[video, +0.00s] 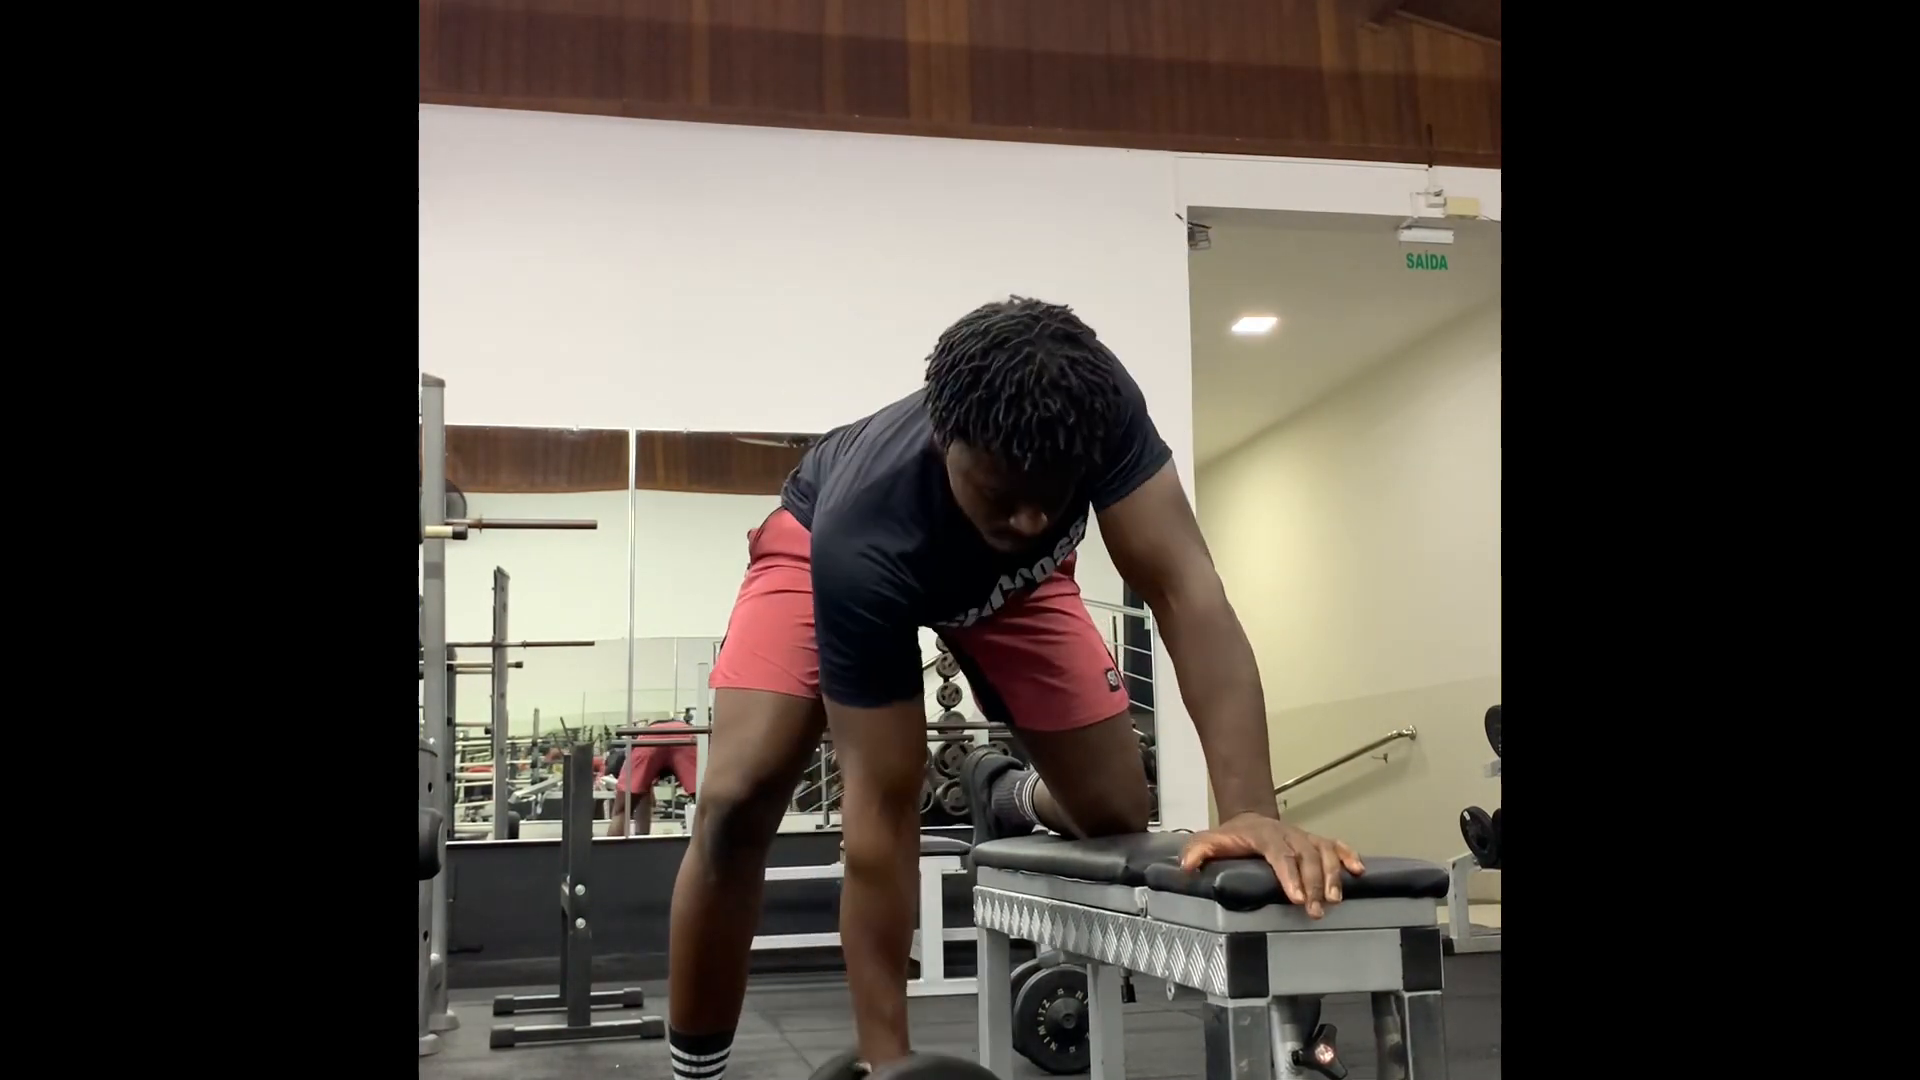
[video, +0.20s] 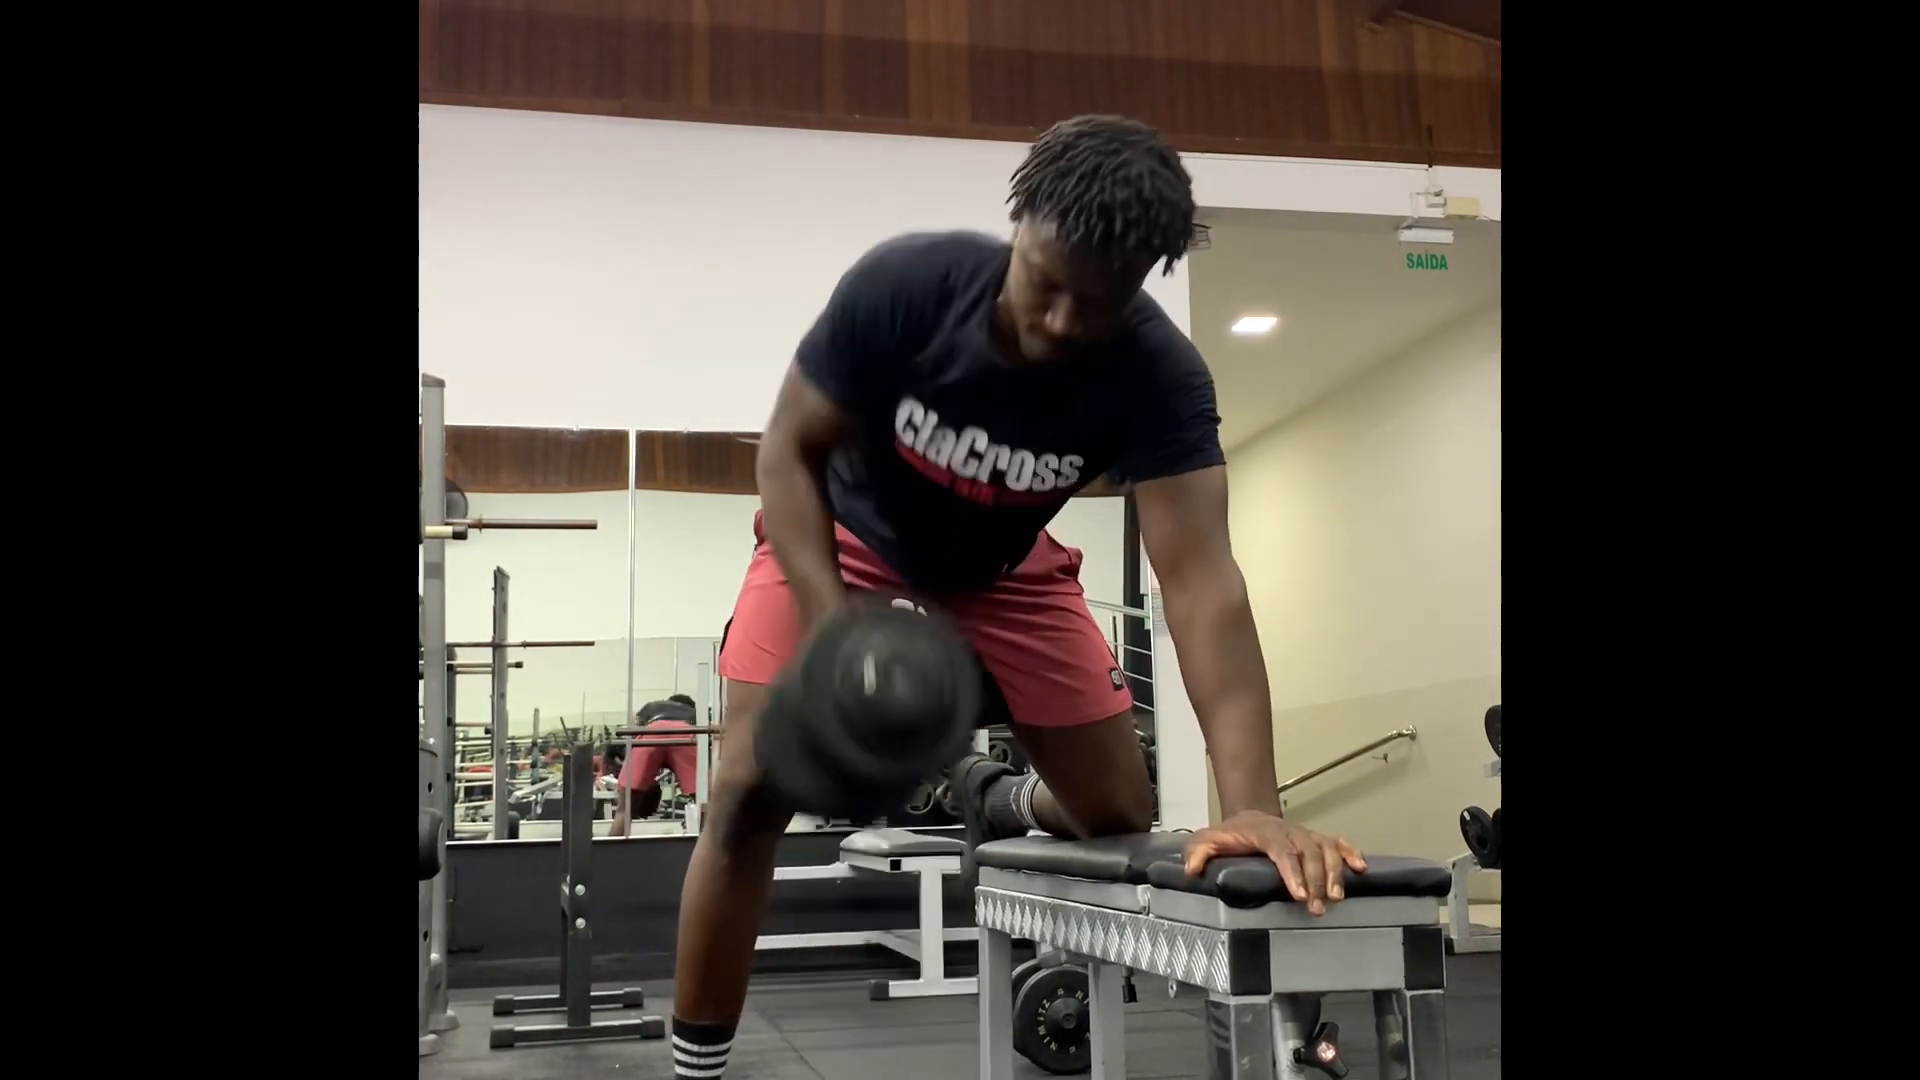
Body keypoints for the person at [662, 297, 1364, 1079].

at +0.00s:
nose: (1030, 524)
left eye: (1055, 499)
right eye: (1001, 499)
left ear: (1088, 451)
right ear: (947, 449)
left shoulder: (1098, 410)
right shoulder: (869, 540)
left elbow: (1187, 592)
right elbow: (882, 813)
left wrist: (1250, 808)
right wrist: (883, 1058)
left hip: (1017, 562)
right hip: (836, 541)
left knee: (1121, 816)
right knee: (734, 803)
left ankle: (1000, 797)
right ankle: (695, 1069)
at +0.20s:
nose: (1064, 322)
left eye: (1098, 302)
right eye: (1045, 286)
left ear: (1141, 282)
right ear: (1017, 231)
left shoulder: (1160, 376)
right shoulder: (903, 287)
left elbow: (1202, 579)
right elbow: (785, 451)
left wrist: (1252, 806)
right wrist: (832, 627)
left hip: (1008, 573)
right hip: (843, 545)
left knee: (1120, 818)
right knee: (742, 798)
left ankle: (996, 797)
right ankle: (693, 1073)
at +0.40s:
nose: (1108, 338)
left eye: (1142, 312)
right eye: (1086, 300)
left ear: (1179, 286)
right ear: (1045, 239)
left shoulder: (1177, 383)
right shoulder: (945, 255)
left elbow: (1212, 583)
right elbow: (803, 315)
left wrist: (1253, 807)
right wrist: (826, 448)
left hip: (1010, 560)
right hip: (859, 520)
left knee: (1118, 813)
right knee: (749, 800)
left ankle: (988, 802)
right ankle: (695, 1074)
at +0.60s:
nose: (1077, 420)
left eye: (1103, 394)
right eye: (1052, 392)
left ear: (1135, 353)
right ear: (997, 336)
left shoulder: (1146, 391)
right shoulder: (891, 401)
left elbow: (1198, 586)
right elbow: (828, 631)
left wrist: (1251, 806)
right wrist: (869, 862)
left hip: (1016, 567)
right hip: (844, 544)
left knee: (1123, 819)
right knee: (742, 797)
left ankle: (1003, 797)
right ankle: (695, 1070)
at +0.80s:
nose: (1055, 547)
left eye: (1076, 518)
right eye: (1024, 520)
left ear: (1103, 470)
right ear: (967, 465)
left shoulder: (1105, 431)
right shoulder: (877, 562)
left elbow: (1195, 599)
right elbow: (891, 834)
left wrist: (1251, 806)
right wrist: (916, 1063)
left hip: (994, 554)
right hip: (822, 538)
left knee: (1120, 815)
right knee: (726, 803)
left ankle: (989, 794)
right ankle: (692, 1069)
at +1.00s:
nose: (1055, 363)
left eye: (1089, 346)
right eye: (1041, 327)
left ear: (1141, 328)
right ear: (1018, 267)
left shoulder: (1163, 376)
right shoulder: (904, 327)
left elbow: (1204, 577)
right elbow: (804, 522)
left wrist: (1251, 806)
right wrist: (854, 742)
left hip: (1017, 567)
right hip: (852, 537)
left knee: (1118, 812)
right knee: (748, 788)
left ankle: (1006, 806)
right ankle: (697, 1072)